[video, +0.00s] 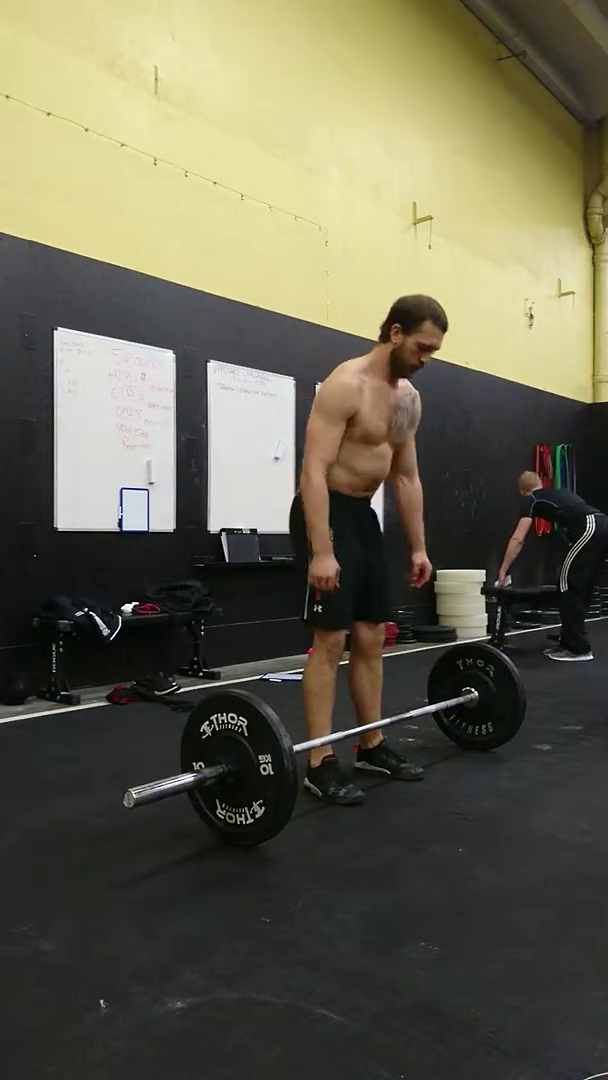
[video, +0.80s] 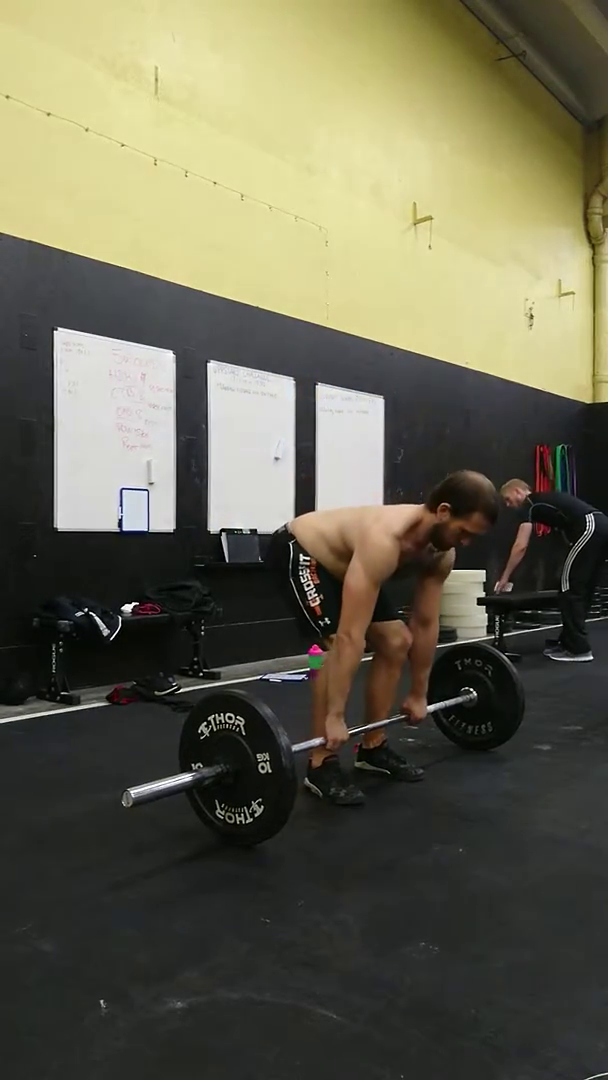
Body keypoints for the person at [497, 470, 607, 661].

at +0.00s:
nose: (524, 496)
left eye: (523, 493)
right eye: (523, 494)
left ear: (524, 491)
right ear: (540, 484)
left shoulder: (532, 500)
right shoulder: (556, 494)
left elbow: (518, 539)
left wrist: (503, 571)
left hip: (590, 528)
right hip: (600, 524)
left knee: (568, 583)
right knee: (580, 585)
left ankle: (577, 648)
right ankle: (570, 642)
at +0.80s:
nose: (508, 505)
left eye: (508, 500)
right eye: (506, 502)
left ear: (519, 493)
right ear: (522, 492)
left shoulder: (530, 504)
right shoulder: (541, 499)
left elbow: (520, 546)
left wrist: (504, 578)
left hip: (590, 527)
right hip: (599, 525)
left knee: (569, 585)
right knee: (580, 586)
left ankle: (578, 648)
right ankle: (569, 642)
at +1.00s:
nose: (506, 483)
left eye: (507, 477)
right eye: (503, 481)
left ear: (521, 470)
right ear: (522, 473)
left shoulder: (533, 487)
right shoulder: (541, 486)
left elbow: (540, 529)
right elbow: (567, 526)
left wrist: (525, 559)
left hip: (593, 525)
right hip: (590, 525)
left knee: (574, 582)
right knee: (572, 582)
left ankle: (578, 647)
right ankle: (570, 641)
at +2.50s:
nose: (517, 456)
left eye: (517, 450)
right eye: (514, 453)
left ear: (529, 443)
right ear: (525, 447)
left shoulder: (552, 459)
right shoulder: (540, 466)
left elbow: (559, 496)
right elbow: (552, 506)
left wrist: (539, 526)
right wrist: (549, 538)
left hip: (579, 524)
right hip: (564, 528)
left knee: (571, 582)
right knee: (560, 583)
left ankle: (582, 646)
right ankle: (566, 641)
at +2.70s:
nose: (536, 437)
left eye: (539, 431)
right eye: (533, 435)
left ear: (550, 429)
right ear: (532, 438)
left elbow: (573, 490)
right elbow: (550, 497)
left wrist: (546, 515)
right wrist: (545, 527)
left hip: (577, 522)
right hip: (558, 524)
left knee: (573, 582)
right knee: (559, 583)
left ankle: (578, 647)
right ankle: (565, 639)